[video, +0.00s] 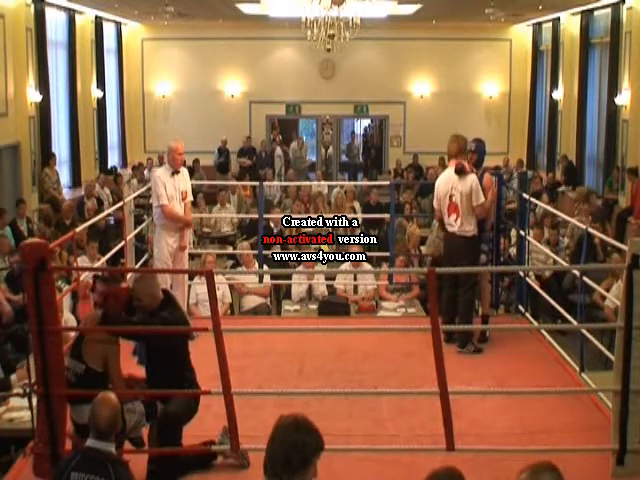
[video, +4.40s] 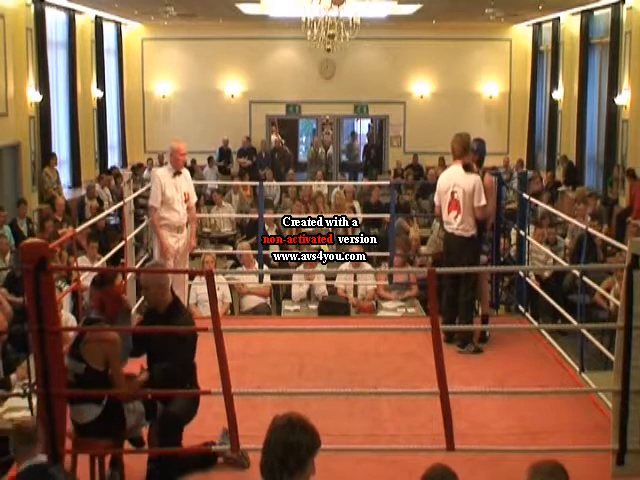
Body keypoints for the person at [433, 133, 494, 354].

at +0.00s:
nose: (466, 154)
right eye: (466, 151)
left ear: (448, 153)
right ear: (466, 152)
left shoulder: (441, 180)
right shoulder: (471, 179)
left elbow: (438, 213)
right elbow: (480, 211)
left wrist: (449, 225)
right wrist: (491, 195)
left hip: (449, 236)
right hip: (468, 236)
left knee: (449, 283)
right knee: (467, 285)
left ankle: (448, 327)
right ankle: (465, 335)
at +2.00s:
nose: (474, 159)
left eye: (472, 156)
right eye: (473, 156)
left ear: (455, 154)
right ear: (469, 155)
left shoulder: (443, 176)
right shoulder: (474, 177)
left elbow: (439, 206)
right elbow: (484, 209)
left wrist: (445, 227)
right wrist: (486, 184)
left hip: (450, 235)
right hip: (468, 237)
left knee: (450, 283)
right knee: (468, 285)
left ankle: (448, 327)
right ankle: (465, 335)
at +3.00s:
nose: (470, 154)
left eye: (463, 150)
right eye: (470, 151)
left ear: (452, 152)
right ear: (469, 152)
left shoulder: (443, 176)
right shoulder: (474, 176)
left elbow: (438, 205)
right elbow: (484, 205)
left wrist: (446, 224)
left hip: (450, 235)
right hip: (469, 236)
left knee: (449, 282)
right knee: (468, 284)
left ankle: (448, 327)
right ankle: (464, 334)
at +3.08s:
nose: (470, 154)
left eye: (463, 150)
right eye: (470, 151)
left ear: (452, 152)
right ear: (469, 151)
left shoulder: (443, 176)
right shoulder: (473, 175)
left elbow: (438, 205)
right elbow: (484, 203)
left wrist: (446, 224)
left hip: (450, 235)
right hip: (469, 236)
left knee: (449, 282)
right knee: (468, 284)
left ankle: (448, 327)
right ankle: (464, 334)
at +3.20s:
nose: (469, 154)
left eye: (465, 150)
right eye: (469, 151)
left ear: (452, 152)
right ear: (469, 152)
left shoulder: (443, 176)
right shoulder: (473, 175)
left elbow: (438, 205)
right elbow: (485, 197)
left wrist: (446, 225)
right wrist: (478, 174)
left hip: (450, 235)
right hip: (468, 236)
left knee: (449, 283)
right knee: (467, 284)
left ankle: (449, 327)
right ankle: (464, 334)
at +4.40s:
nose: (466, 154)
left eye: (455, 150)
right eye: (468, 150)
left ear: (452, 151)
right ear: (470, 152)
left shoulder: (443, 177)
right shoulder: (474, 179)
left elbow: (438, 210)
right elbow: (480, 212)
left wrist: (451, 217)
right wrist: (489, 204)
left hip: (449, 235)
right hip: (468, 236)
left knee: (450, 282)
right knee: (467, 284)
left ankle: (448, 327)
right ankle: (465, 335)